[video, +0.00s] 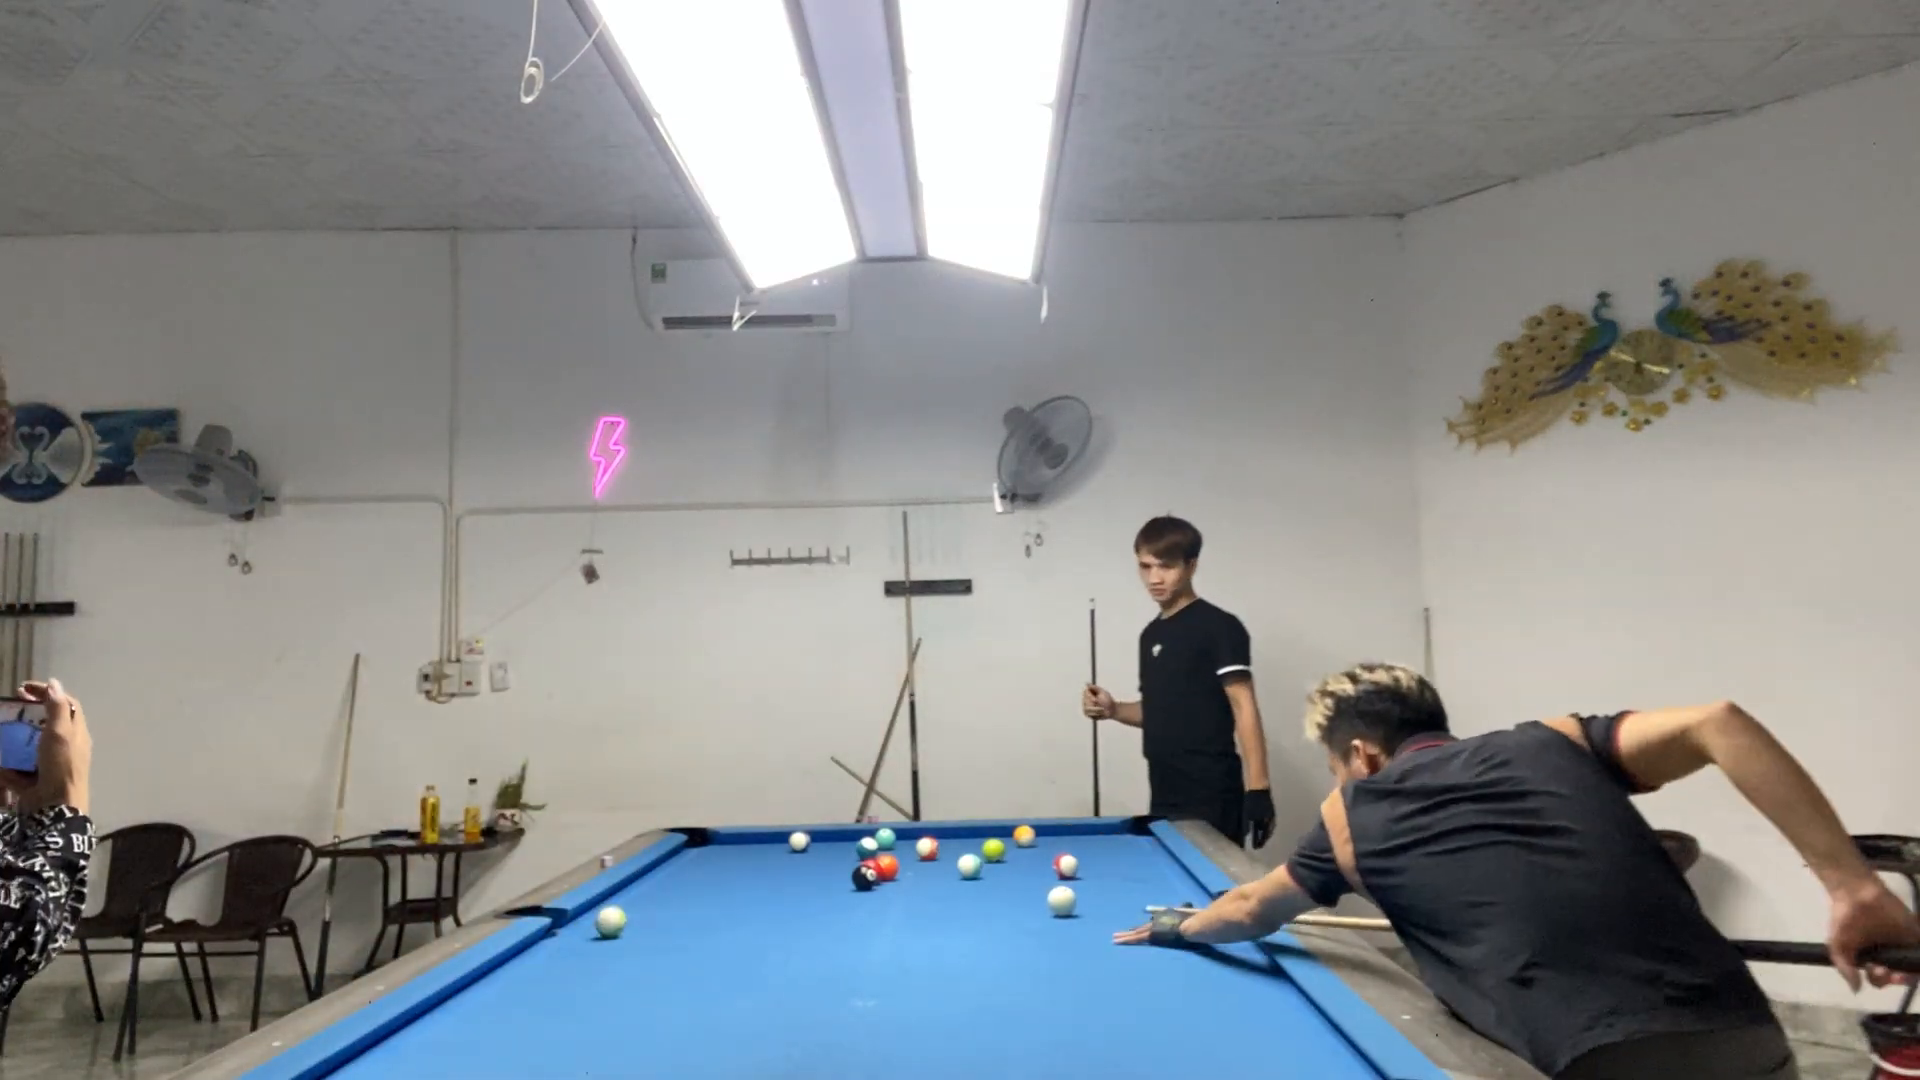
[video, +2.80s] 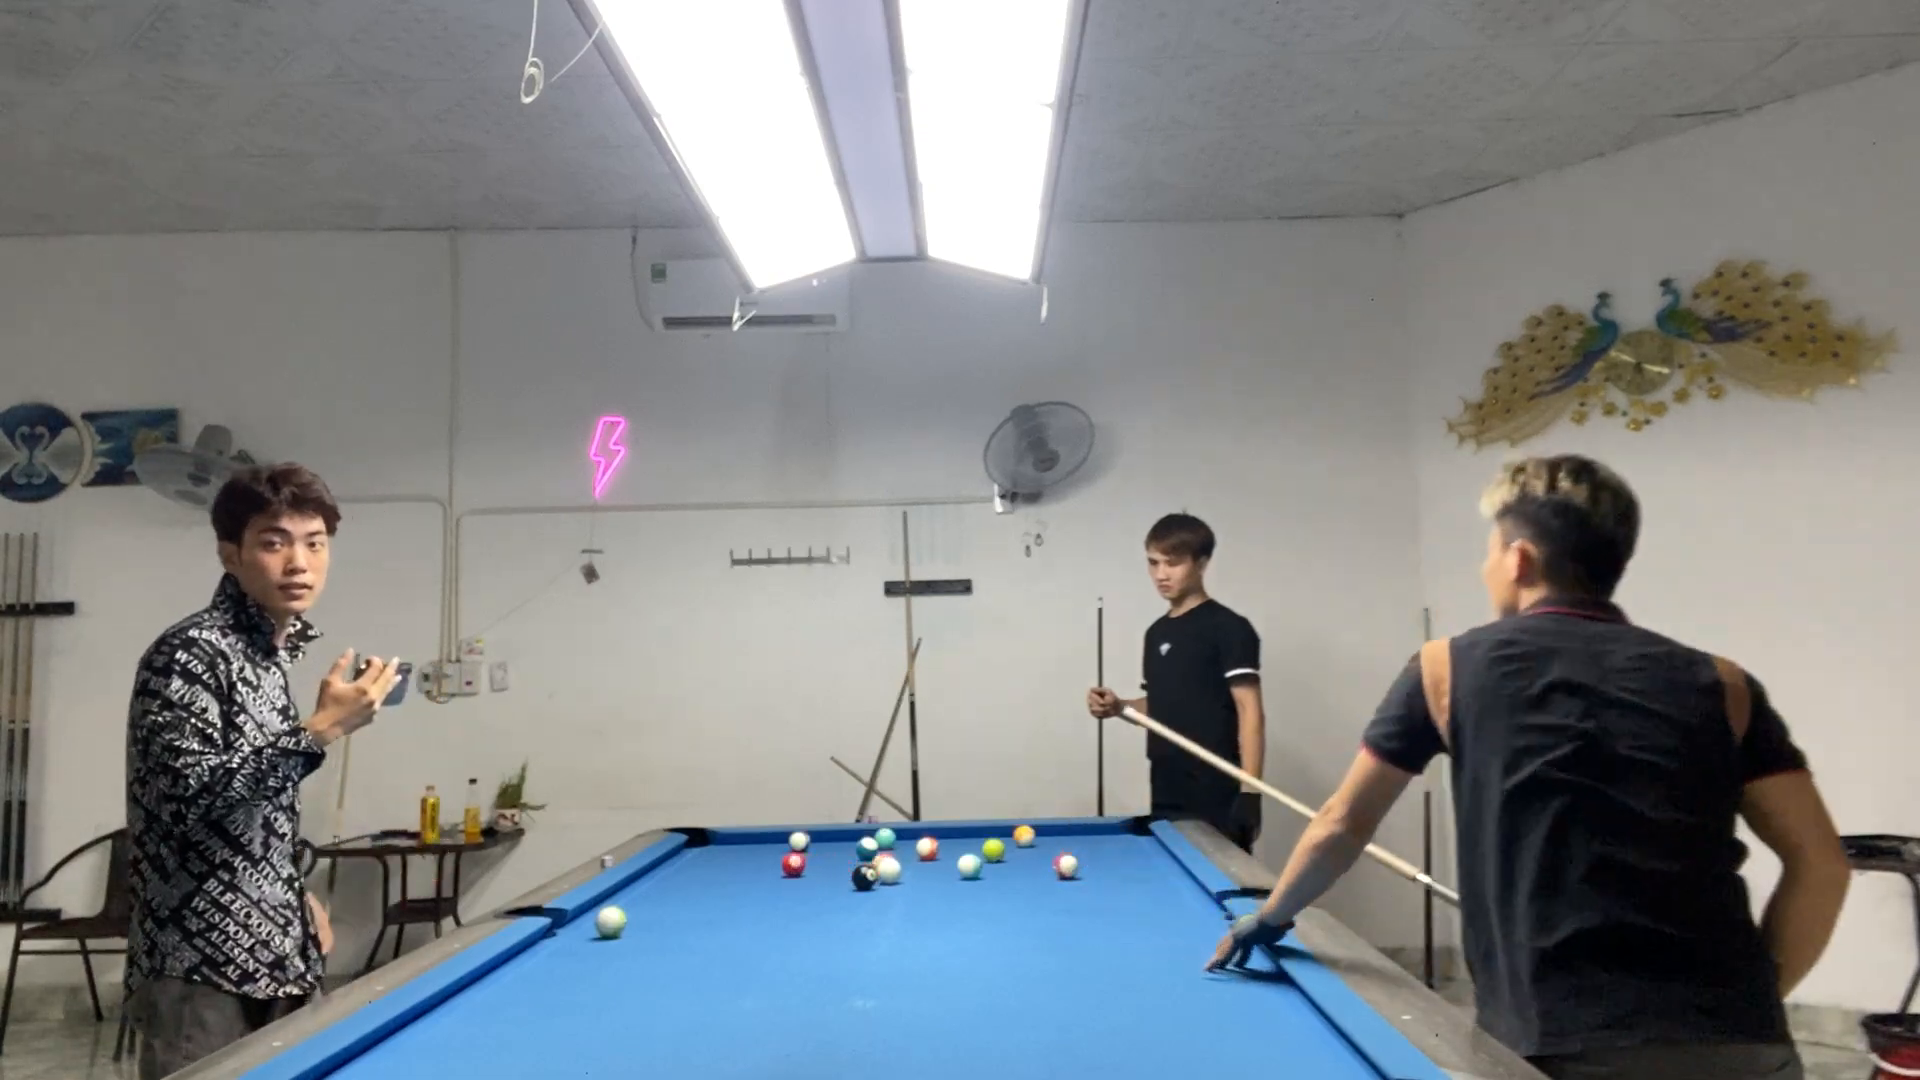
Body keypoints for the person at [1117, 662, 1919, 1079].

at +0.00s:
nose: (1329, 787)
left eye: (1328, 770)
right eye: (1327, 773)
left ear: (1360, 757)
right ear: (1436, 727)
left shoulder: (1353, 810)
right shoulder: (1555, 737)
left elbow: (1245, 910)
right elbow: (1717, 723)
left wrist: (1175, 927)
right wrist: (1852, 881)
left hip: (1607, 1062)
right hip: (1745, 1042)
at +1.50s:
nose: (1328, 832)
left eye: (1323, 819)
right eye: (1323, 822)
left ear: (1349, 802)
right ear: (1424, 774)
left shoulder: (1351, 848)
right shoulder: (1534, 760)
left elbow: (1243, 931)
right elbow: (1681, 721)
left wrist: (1174, 924)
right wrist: (1766, 889)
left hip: (1610, 1053)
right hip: (1743, 1033)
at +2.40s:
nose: (1345, 802)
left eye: (1344, 786)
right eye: (1344, 788)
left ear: (1371, 776)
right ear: (1449, 751)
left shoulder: (1359, 833)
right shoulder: (1558, 764)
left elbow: (1243, 925)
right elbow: (1721, 814)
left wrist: (1169, 930)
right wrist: (1697, 959)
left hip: (1604, 1051)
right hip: (1742, 1028)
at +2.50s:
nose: (1358, 745)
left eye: (1359, 724)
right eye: (1359, 724)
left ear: (1389, 725)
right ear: (1471, 710)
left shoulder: (1362, 800)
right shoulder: (1588, 740)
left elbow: (1258, 904)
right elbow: (1736, 840)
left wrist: (1182, 932)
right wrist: (1708, 981)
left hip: (1594, 1050)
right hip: (1742, 1035)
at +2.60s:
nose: (1388, 677)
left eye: (1387, 659)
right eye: (1385, 658)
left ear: (1417, 662)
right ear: (1502, 654)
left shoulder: (1378, 750)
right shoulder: (1623, 712)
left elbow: (1275, 874)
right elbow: (1752, 850)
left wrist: (1204, 931)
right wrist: (1717, 988)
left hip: (1579, 1047)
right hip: (1730, 1031)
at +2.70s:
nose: (1431, 611)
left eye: (1435, 590)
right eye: (1434, 590)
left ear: (1462, 599)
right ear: (1551, 603)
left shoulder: (1406, 700)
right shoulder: (1664, 692)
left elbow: (1302, 845)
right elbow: (1782, 854)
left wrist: (1232, 922)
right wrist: (1727, 992)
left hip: (1568, 1043)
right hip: (1734, 1040)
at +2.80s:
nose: (1488, 567)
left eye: (1492, 549)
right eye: (1492, 548)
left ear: (1520, 557)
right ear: (1615, 568)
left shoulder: (1446, 670)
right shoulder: (1717, 684)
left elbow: (1342, 826)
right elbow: (1821, 865)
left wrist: (1272, 916)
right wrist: (1748, 1000)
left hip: (1552, 1043)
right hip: (1735, 1039)